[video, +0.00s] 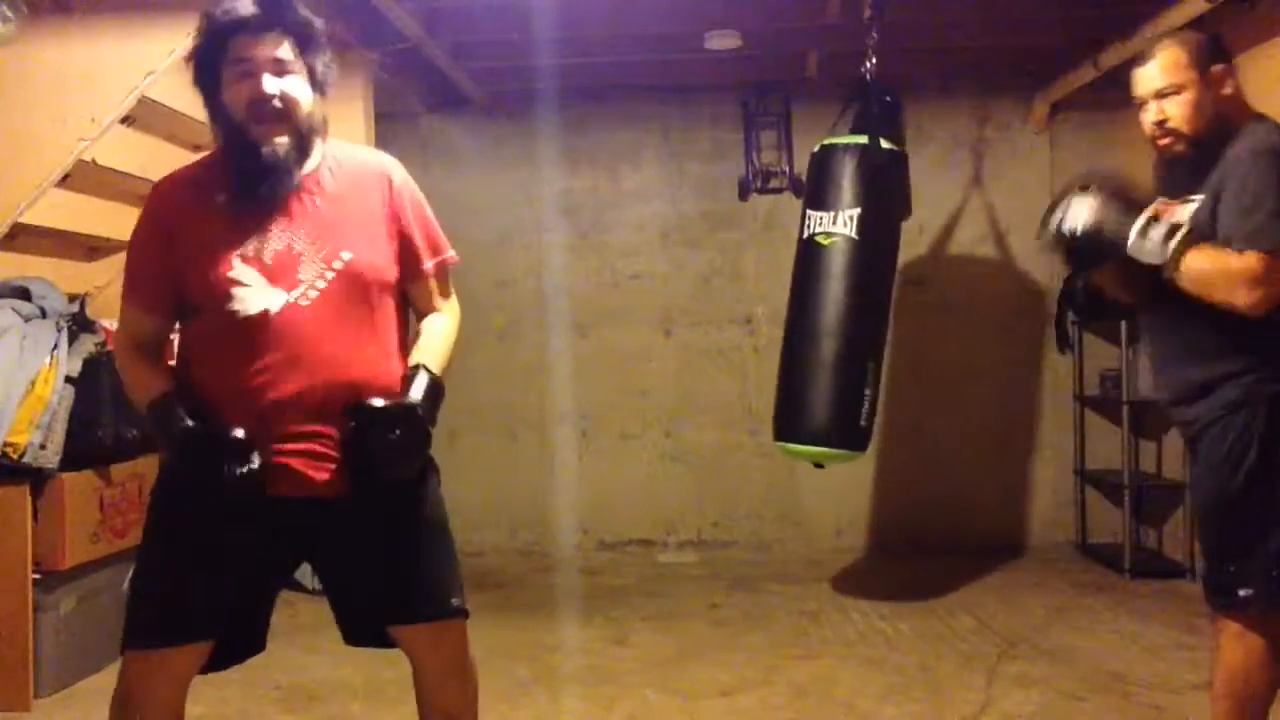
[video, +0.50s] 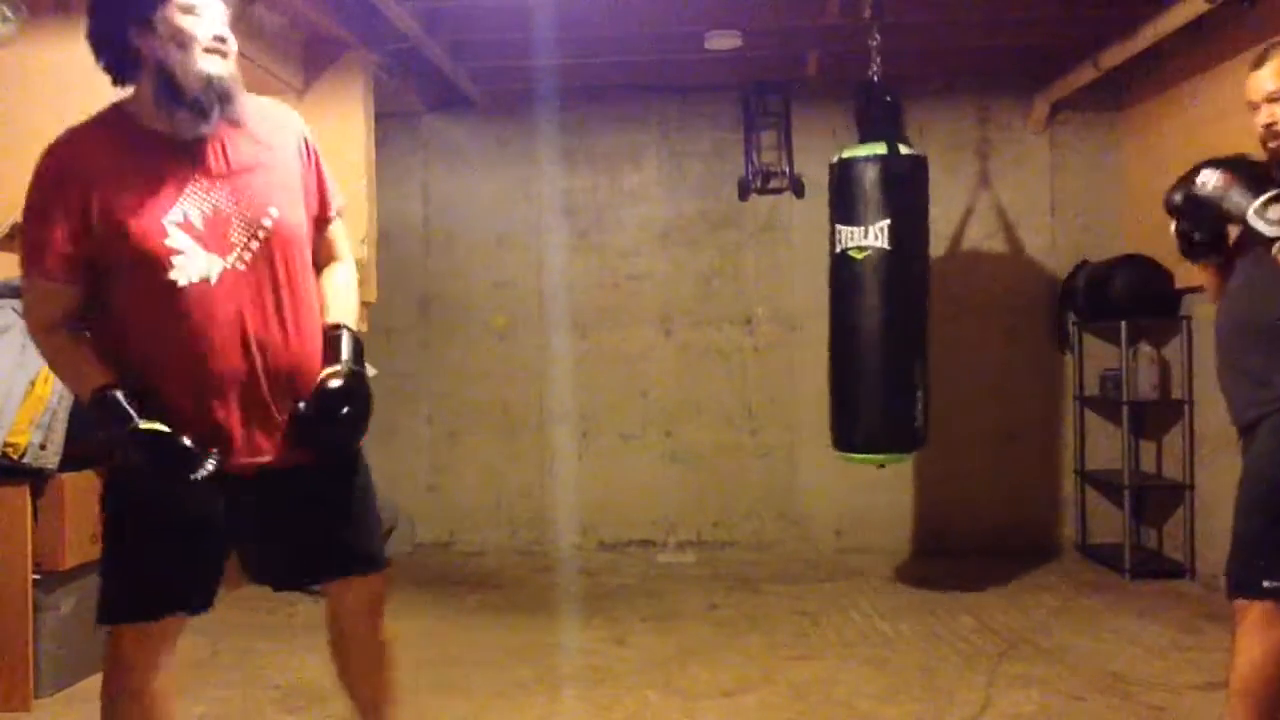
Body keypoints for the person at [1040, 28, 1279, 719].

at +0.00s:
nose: (1154, 117)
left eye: (1170, 94)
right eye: (1142, 103)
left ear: (1221, 83)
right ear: (1136, 107)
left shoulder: (1256, 152)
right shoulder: (1184, 168)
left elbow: (1255, 286)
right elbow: (1155, 289)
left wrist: (1144, 240)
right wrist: (1100, 253)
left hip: (1248, 414)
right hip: (1213, 415)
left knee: (1241, 609)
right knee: (1242, 604)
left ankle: (1235, 714)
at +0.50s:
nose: (1265, 119)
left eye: (1274, 101)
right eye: (1256, 107)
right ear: (1247, 117)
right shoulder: (1252, 211)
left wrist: (1225, 252)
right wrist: (1221, 258)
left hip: (1270, 422)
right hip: (1263, 421)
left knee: (1258, 602)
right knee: (1257, 600)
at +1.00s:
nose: (1231, 115)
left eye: (1245, 95)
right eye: (1225, 102)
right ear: (1223, 110)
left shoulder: (1273, 195)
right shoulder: (1250, 196)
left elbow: (1279, 278)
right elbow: (1218, 288)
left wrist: (1225, 242)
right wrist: (1171, 253)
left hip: (1264, 424)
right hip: (1241, 423)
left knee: (1238, 605)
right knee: (1243, 603)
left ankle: (1226, 712)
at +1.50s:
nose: (1041, 118)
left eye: (1054, 96)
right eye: (1039, 102)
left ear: (1111, 85)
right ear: (1108, 91)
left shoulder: (1151, 150)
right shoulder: (1125, 153)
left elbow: (1046, 261)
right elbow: (1053, 254)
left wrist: (952, 202)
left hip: (1225, 413)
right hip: (1207, 409)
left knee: (1188, 610)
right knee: (1191, 608)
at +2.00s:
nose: (1080, 108)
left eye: (1092, 87)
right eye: (1077, 92)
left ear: (1148, 77)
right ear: (1147, 83)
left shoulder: (1188, 148)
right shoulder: (1169, 150)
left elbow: (1156, 299)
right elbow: (1133, 287)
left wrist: (1029, 299)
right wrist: (1028, 296)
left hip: (1224, 425)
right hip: (1205, 421)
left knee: (1178, 612)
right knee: (1184, 608)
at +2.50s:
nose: (1169, 92)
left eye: (1184, 71)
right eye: (1169, 75)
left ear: (1247, 66)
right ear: (1243, 71)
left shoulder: (1257, 145)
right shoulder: (1232, 146)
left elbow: (1119, 211)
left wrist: (975, 199)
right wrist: (1144, 287)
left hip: (1254, 415)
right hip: (1230, 413)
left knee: (1173, 604)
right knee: (1179, 605)